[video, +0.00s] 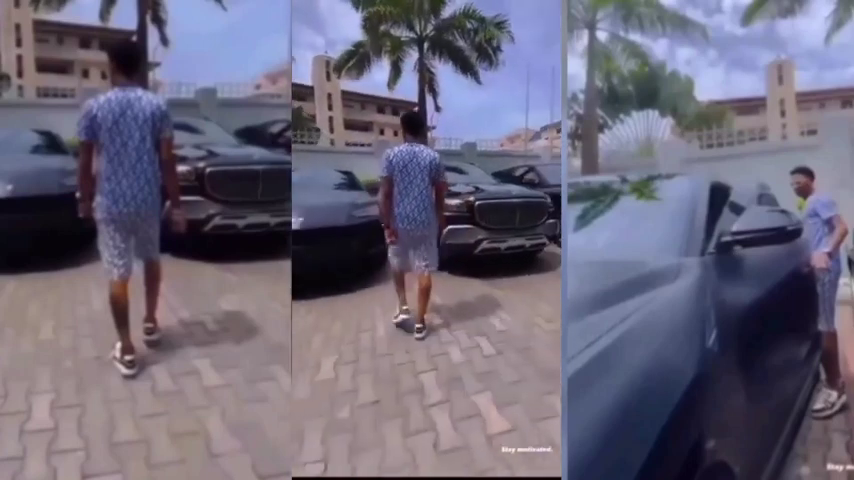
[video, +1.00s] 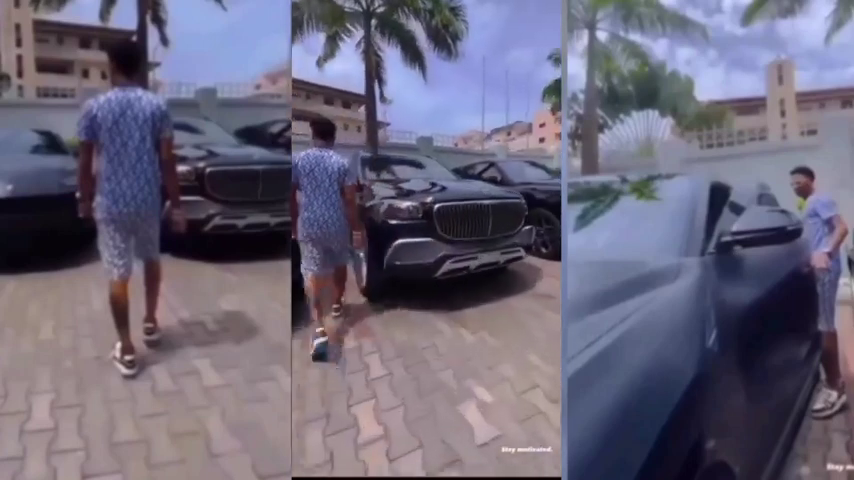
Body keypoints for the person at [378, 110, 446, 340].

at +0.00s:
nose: (403, 132)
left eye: (402, 129)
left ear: (402, 130)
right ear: (424, 129)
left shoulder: (392, 155)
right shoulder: (432, 156)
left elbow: (386, 193)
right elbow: (440, 192)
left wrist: (386, 224)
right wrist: (440, 219)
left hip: (399, 222)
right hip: (425, 222)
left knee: (397, 266)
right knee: (424, 270)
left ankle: (403, 306)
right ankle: (420, 322)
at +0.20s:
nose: (382, 138)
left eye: (382, 134)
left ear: (383, 135)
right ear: (402, 135)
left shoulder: (375, 161)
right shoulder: (414, 160)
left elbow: (370, 199)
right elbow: (424, 193)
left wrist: (371, 230)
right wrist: (422, 217)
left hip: (386, 226)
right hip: (411, 226)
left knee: (387, 268)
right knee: (410, 277)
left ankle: (390, 300)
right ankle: (406, 334)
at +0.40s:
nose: (359, 135)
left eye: (357, 131)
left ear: (357, 133)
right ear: (377, 132)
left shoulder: (351, 159)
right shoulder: (391, 158)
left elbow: (348, 198)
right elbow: (400, 194)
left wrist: (346, 230)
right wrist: (404, 219)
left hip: (363, 222)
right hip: (390, 221)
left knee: (366, 269)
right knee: (395, 268)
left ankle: (374, 308)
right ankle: (393, 317)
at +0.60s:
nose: (341, 133)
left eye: (337, 129)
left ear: (336, 130)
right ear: (357, 130)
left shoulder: (325, 155)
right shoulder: (369, 155)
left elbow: (320, 193)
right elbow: (378, 189)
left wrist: (320, 224)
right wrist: (384, 215)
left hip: (339, 223)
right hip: (367, 221)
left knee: (346, 271)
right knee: (378, 265)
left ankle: (356, 319)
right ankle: (374, 304)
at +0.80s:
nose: (330, 137)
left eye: (325, 132)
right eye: (339, 133)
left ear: (321, 133)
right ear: (343, 133)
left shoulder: (309, 157)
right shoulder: (352, 158)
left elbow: (300, 192)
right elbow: (360, 195)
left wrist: (301, 222)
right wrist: (369, 225)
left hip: (320, 223)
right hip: (348, 221)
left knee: (329, 275)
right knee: (354, 261)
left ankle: (339, 331)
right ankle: (356, 297)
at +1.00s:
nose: (320, 140)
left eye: (317, 135)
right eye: (329, 137)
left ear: (313, 136)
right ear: (333, 137)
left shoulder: (299, 160)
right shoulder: (341, 163)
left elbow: (293, 196)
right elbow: (349, 197)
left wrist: (294, 224)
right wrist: (356, 225)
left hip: (308, 223)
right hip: (336, 222)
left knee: (313, 274)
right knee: (339, 263)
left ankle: (318, 325)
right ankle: (337, 301)